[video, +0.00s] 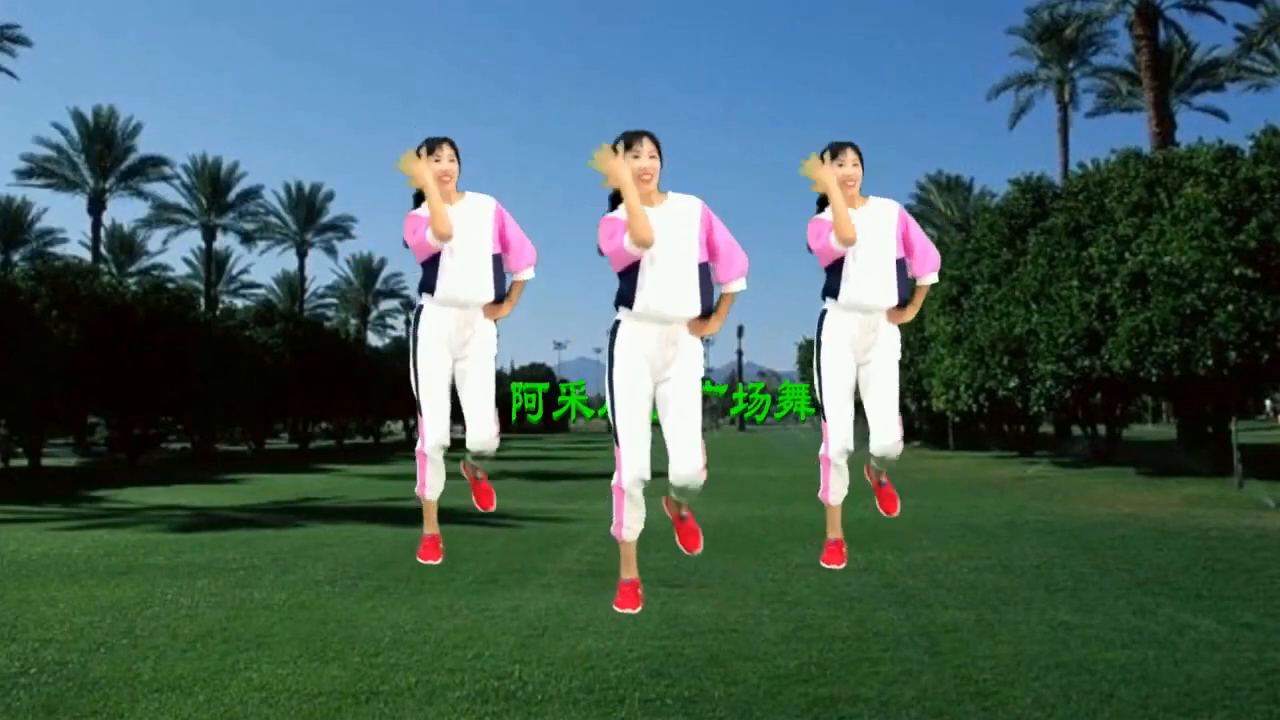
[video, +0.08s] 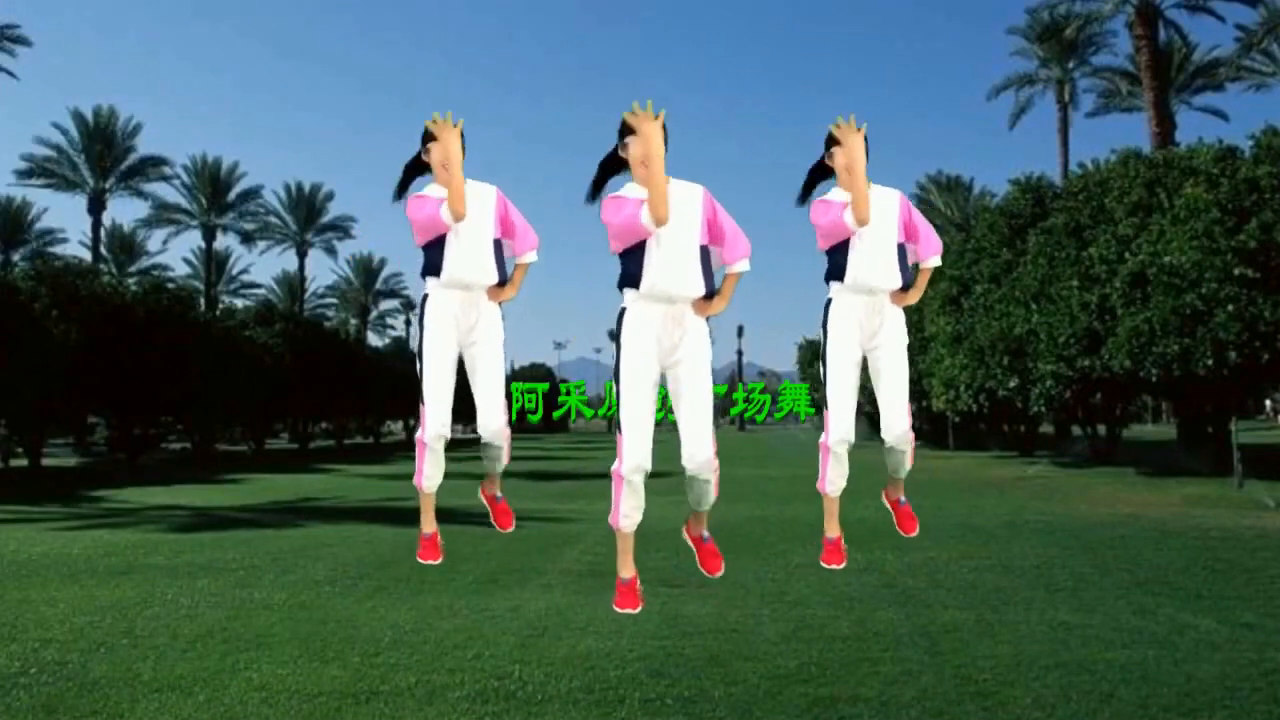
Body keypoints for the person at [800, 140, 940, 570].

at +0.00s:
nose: (848, 170)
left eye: (853, 163)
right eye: (839, 164)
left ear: (863, 172)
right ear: (827, 177)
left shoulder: (890, 211)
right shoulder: (820, 222)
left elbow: (927, 261)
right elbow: (846, 239)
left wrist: (912, 308)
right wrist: (831, 186)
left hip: (882, 325)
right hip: (838, 326)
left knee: (888, 442)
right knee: (837, 440)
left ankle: (876, 473)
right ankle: (833, 536)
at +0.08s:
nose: (857, 153)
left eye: (859, 145)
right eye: (847, 146)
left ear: (867, 156)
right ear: (832, 159)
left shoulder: (895, 200)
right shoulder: (823, 205)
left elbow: (930, 247)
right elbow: (859, 217)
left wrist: (916, 291)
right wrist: (853, 159)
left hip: (889, 308)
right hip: (844, 309)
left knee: (898, 430)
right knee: (839, 430)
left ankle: (895, 492)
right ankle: (831, 530)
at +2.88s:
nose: (865, 160)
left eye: (873, 152)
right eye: (862, 153)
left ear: (896, 159)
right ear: (859, 160)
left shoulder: (912, 205)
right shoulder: (838, 202)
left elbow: (900, 238)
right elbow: (794, 244)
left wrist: (892, 180)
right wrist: (811, 291)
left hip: (885, 317)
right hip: (840, 316)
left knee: (886, 431)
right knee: (836, 429)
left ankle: (890, 532)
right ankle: (821, 507)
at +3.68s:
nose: (865, 176)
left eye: (875, 171)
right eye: (862, 170)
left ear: (892, 182)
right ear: (855, 179)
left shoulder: (898, 228)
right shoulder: (829, 219)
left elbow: (892, 247)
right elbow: (787, 264)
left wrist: (898, 205)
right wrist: (803, 314)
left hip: (878, 332)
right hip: (834, 333)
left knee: (879, 444)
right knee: (842, 445)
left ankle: (879, 534)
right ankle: (846, 477)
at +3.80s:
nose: (864, 155)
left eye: (873, 148)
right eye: (860, 148)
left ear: (886, 159)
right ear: (853, 154)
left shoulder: (895, 205)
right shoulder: (829, 196)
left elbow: (858, 197)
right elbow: (783, 235)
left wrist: (880, 154)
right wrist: (793, 283)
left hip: (864, 305)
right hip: (821, 302)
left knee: (870, 427)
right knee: (812, 425)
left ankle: (879, 530)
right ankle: (803, 501)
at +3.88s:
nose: (860, 159)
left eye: (870, 152)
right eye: (856, 152)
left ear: (887, 161)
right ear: (849, 159)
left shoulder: (893, 206)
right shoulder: (826, 197)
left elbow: (849, 202)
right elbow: (781, 235)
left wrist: (851, 150)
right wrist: (791, 282)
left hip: (856, 311)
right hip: (813, 307)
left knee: (862, 429)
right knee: (802, 426)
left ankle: (873, 529)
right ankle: (785, 511)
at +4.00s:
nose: (852, 191)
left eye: (860, 184)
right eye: (846, 185)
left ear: (878, 193)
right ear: (841, 192)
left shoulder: (887, 238)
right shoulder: (823, 231)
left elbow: (843, 236)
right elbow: (775, 261)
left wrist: (816, 187)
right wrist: (782, 306)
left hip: (845, 346)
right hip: (803, 338)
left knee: (845, 457)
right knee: (788, 446)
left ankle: (865, 537)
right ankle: (773, 525)